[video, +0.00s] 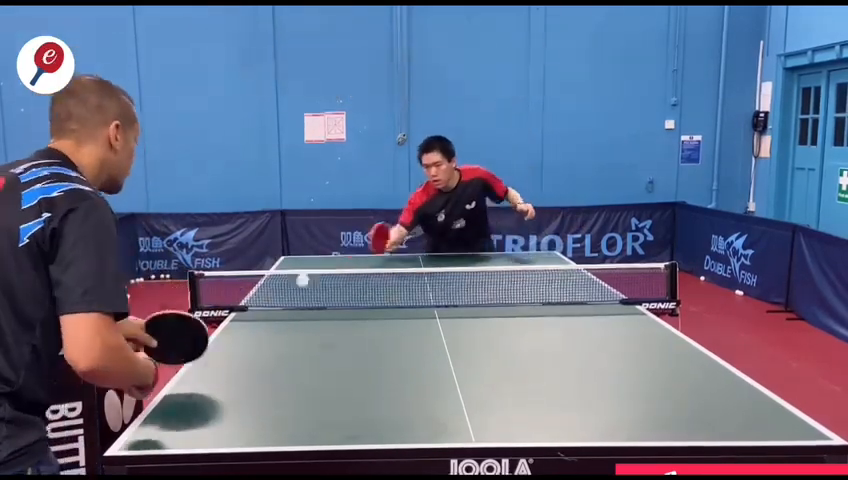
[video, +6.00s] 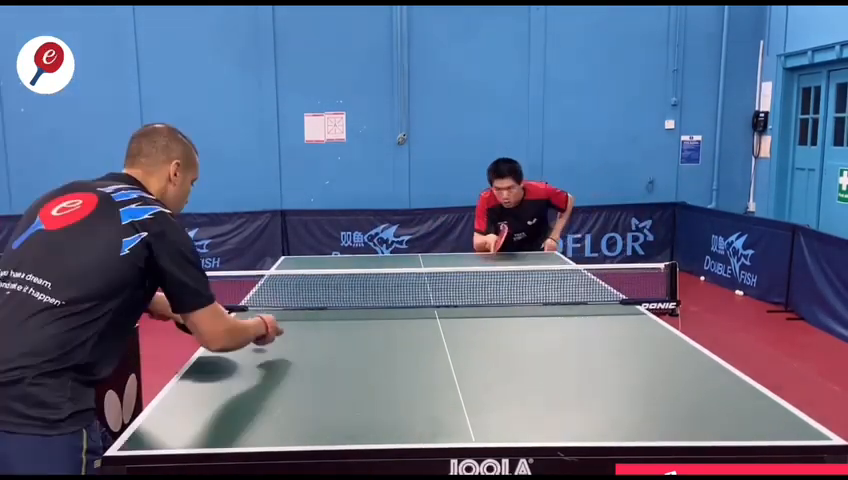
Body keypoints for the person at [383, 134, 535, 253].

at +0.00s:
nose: (432, 173)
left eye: (438, 165)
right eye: (427, 167)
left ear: (453, 163)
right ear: (423, 168)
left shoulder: (477, 177)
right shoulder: (420, 200)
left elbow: (507, 193)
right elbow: (402, 228)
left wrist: (520, 203)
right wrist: (390, 242)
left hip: (481, 264)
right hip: (440, 268)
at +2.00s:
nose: (519, 158)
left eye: (525, 151)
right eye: (514, 152)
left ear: (538, 149)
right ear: (509, 152)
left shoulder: (558, 171)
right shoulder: (501, 177)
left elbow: (582, 201)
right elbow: (485, 217)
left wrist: (562, 219)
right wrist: (494, 221)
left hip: (548, 248)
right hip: (513, 249)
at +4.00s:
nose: (463, 181)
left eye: (468, 173)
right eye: (457, 175)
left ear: (482, 170)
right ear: (452, 175)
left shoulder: (505, 183)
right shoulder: (446, 200)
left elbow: (536, 203)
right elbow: (430, 229)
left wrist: (536, 220)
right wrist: (423, 241)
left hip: (505, 253)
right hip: (465, 258)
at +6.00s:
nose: (505, 195)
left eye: (510, 188)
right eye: (498, 189)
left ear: (521, 185)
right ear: (492, 187)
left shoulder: (541, 192)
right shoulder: (486, 200)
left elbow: (568, 201)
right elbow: (477, 243)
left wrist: (554, 238)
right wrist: (488, 240)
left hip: (538, 257)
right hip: (504, 259)